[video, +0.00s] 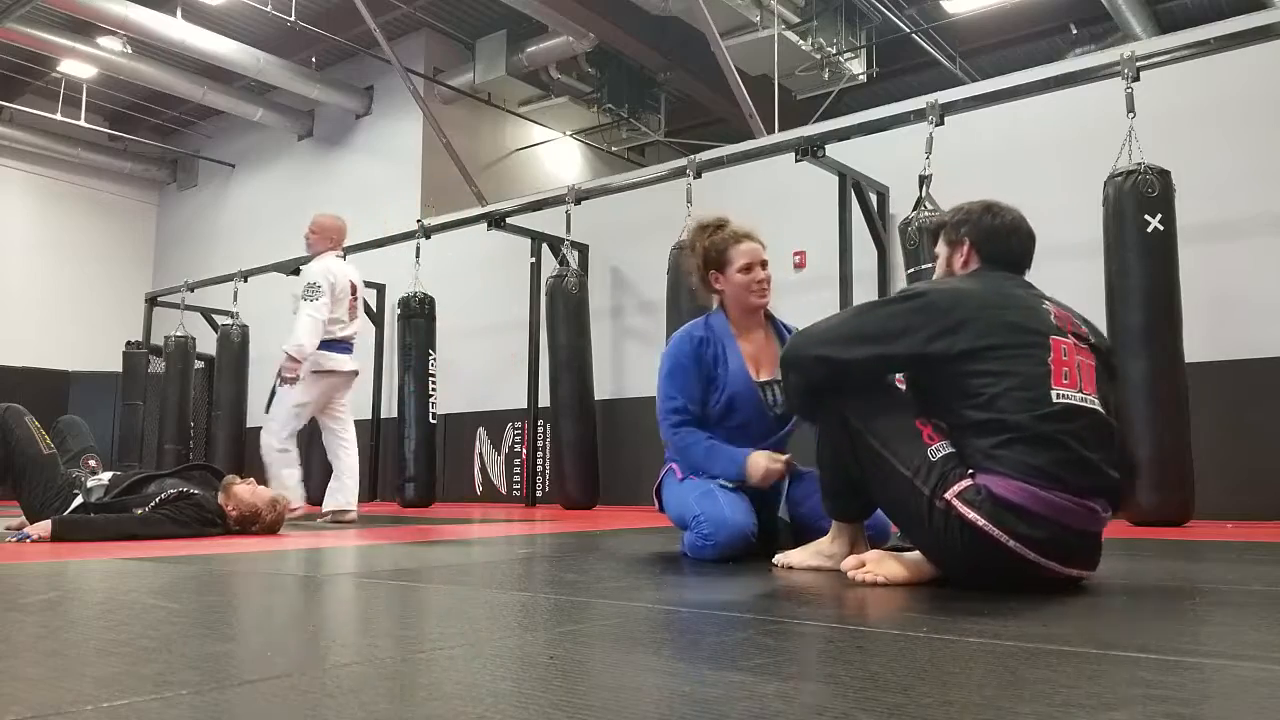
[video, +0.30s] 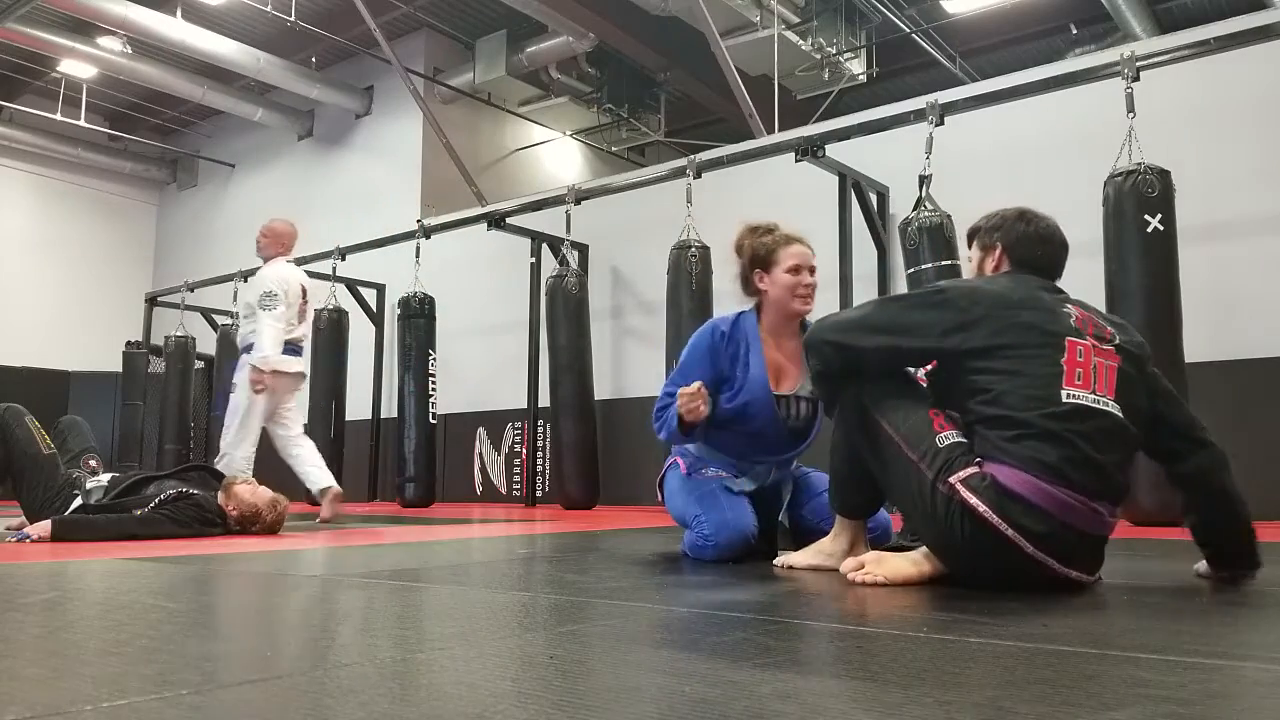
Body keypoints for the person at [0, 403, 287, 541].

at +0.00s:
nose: (248, 477)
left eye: (250, 488)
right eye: (257, 483)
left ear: (234, 510)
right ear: (235, 504)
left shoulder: (199, 513)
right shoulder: (218, 490)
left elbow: (130, 524)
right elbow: (158, 483)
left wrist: (55, 526)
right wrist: (115, 478)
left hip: (70, 500)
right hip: (103, 485)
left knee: (11, 414)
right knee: (69, 421)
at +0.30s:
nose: (251, 478)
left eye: (252, 489)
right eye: (259, 485)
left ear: (233, 509)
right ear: (237, 502)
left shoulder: (198, 513)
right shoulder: (217, 484)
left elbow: (130, 525)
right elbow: (158, 482)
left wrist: (56, 526)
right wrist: (116, 480)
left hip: (68, 499)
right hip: (101, 484)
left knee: (11, 414)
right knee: (70, 422)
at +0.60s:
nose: (250, 478)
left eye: (251, 488)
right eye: (258, 484)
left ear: (233, 510)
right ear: (237, 503)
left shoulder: (198, 514)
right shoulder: (216, 483)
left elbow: (129, 525)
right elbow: (153, 483)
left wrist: (57, 526)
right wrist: (113, 481)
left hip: (68, 500)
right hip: (101, 484)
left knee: (11, 414)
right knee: (70, 422)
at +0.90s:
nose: (248, 477)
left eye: (250, 489)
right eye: (256, 483)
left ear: (234, 511)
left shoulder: (200, 514)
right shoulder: (214, 482)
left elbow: (129, 525)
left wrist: (57, 526)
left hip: (68, 500)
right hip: (100, 483)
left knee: (11, 414)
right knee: (70, 421)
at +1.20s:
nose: (243, 477)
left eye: (246, 488)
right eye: (250, 481)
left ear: (234, 512)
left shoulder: (199, 514)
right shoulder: (214, 483)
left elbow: (128, 525)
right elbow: (157, 476)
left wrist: (56, 526)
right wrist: (116, 481)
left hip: (68, 501)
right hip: (100, 483)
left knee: (11, 414)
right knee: (71, 421)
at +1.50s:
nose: (225, 479)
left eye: (232, 489)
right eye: (233, 475)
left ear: (236, 509)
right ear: (234, 470)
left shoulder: (197, 514)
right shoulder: (210, 480)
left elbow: (129, 525)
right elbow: (151, 489)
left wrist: (57, 526)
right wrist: (114, 479)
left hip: (69, 501)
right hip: (101, 482)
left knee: (11, 415)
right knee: (72, 422)